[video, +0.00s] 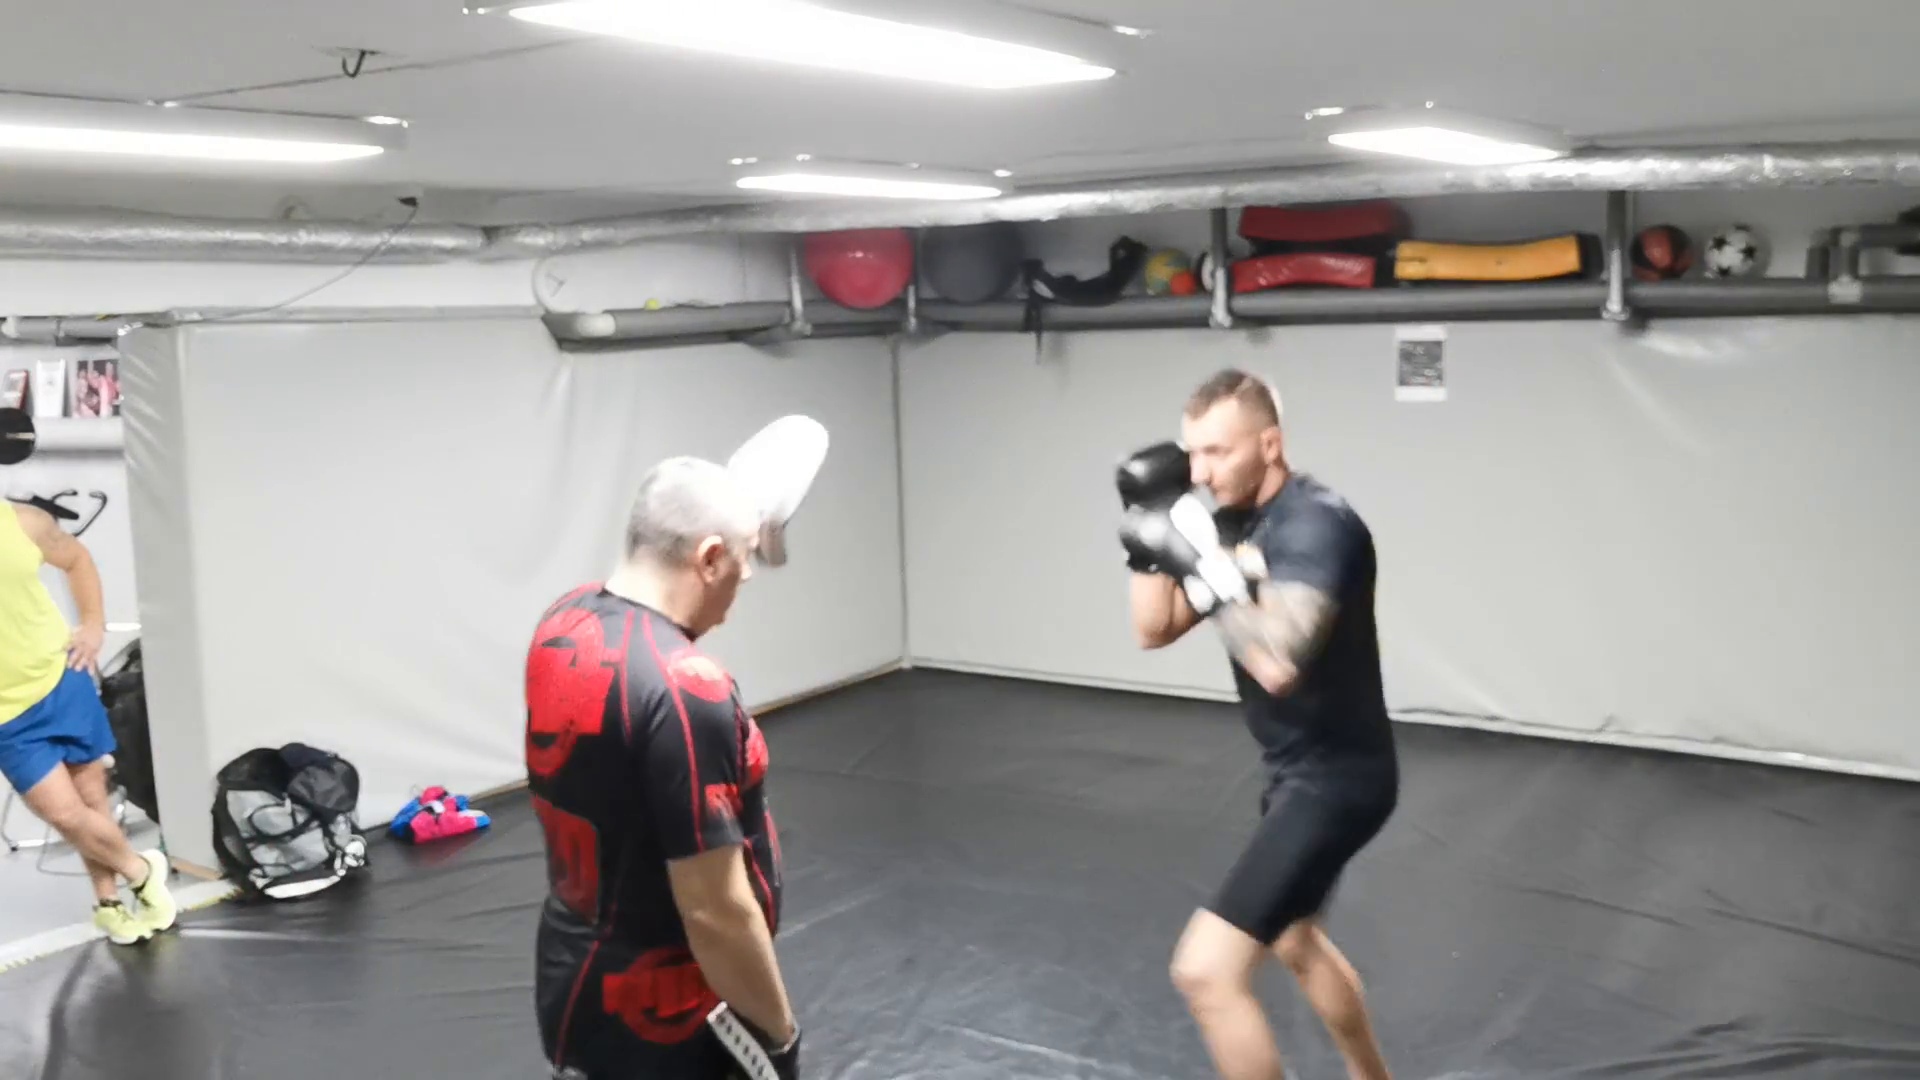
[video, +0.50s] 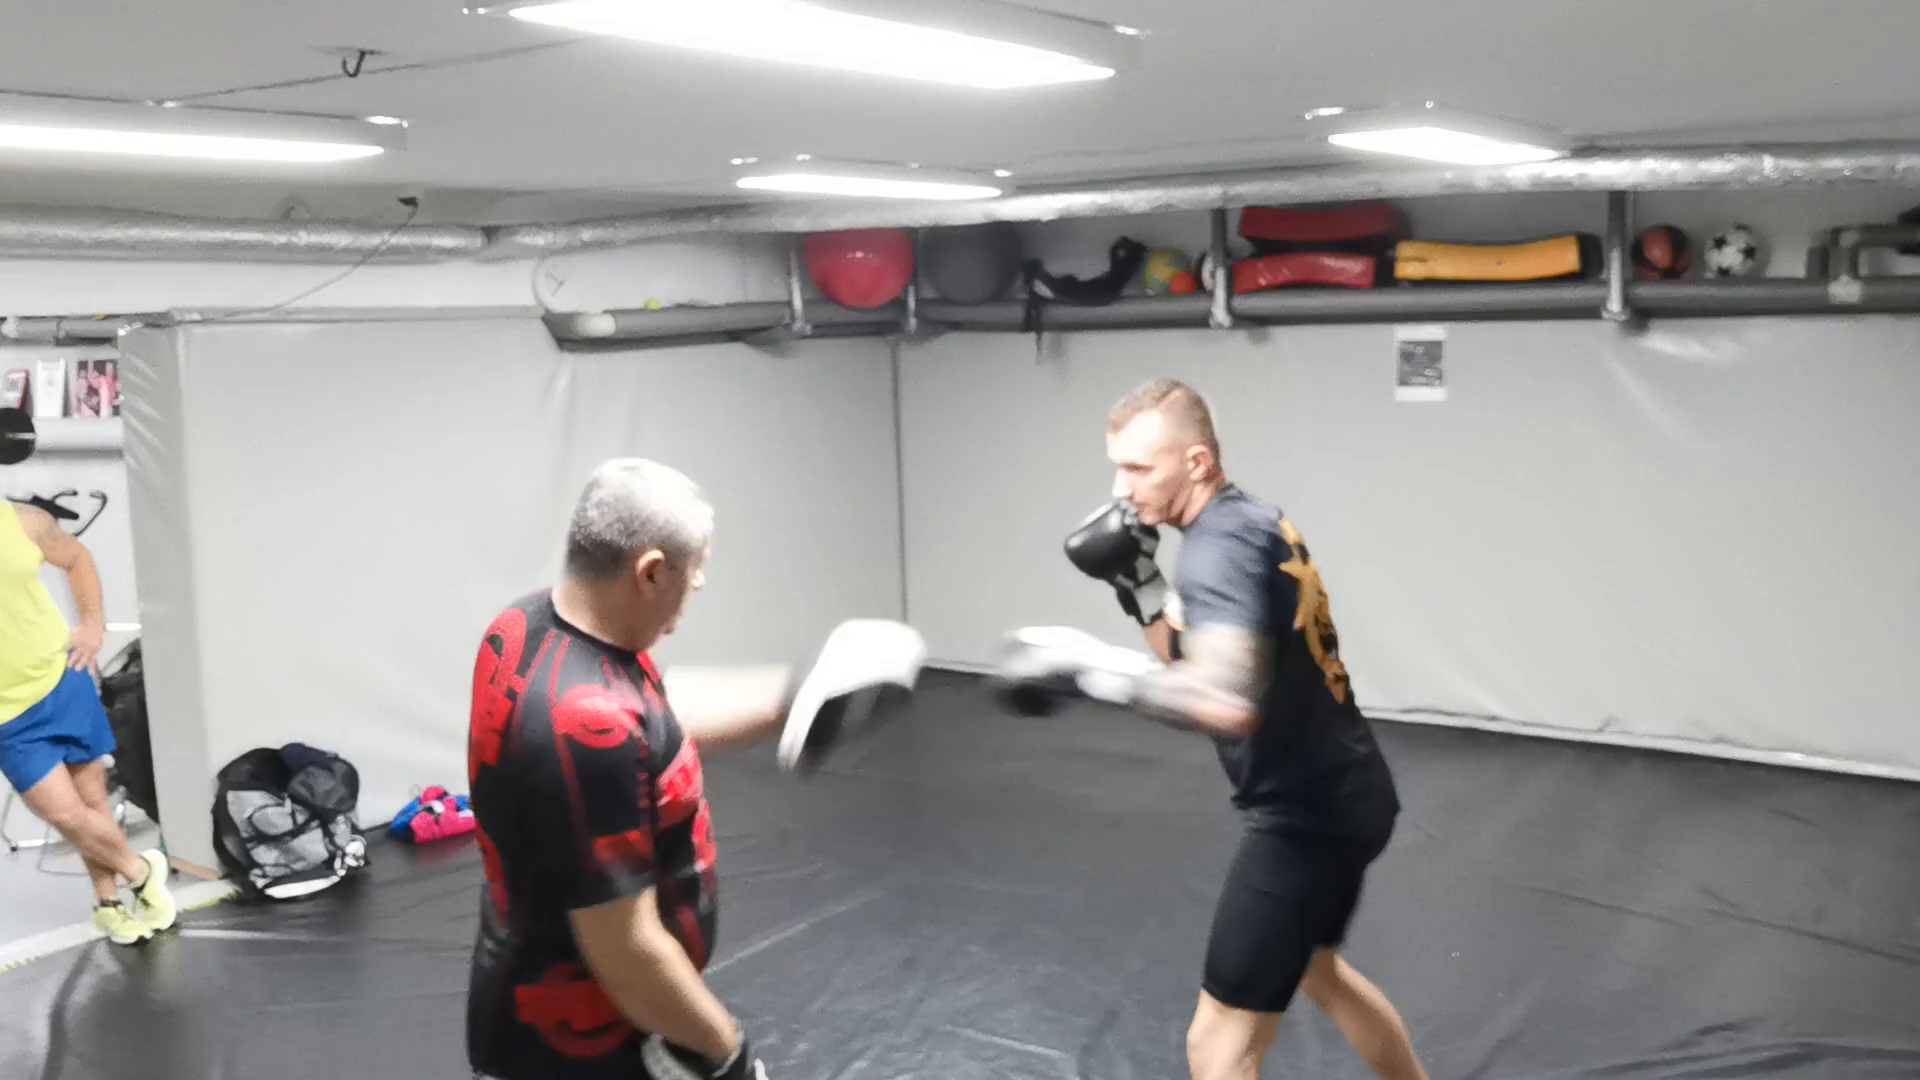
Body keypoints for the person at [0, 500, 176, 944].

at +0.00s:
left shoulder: (22, 522)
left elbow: (77, 559)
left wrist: (93, 623)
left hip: (62, 683)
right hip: (8, 716)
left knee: (91, 799)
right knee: (65, 817)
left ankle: (108, 901)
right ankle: (142, 872)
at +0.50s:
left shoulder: (21, 522)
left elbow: (76, 557)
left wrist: (92, 622)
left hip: (62, 682)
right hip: (8, 715)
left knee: (92, 798)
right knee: (66, 817)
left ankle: (108, 902)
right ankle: (142, 872)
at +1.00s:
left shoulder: (21, 522)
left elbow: (77, 558)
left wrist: (92, 623)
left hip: (61, 681)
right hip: (7, 714)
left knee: (91, 796)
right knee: (64, 816)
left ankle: (107, 901)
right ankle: (141, 872)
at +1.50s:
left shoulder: (22, 523)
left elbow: (76, 558)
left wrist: (92, 624)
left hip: (61, 682)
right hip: (8, 714)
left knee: (91, 798)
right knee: (65, 816)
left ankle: (108, 902)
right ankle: (141, 872)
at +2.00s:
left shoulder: (20, 523)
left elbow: (76, 558)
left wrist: (92, 623)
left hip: (61, 682)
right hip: (7, 715)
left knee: (91, 798)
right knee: (66, 817)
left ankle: (108, 901)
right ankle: (141, 873)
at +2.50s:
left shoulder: (19, 522)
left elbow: (76, 558)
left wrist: (93, 623)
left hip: (61, 682)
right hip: (8, 716)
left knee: (91, 797)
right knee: (66, 817)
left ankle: (107, 900)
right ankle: (142, 872)